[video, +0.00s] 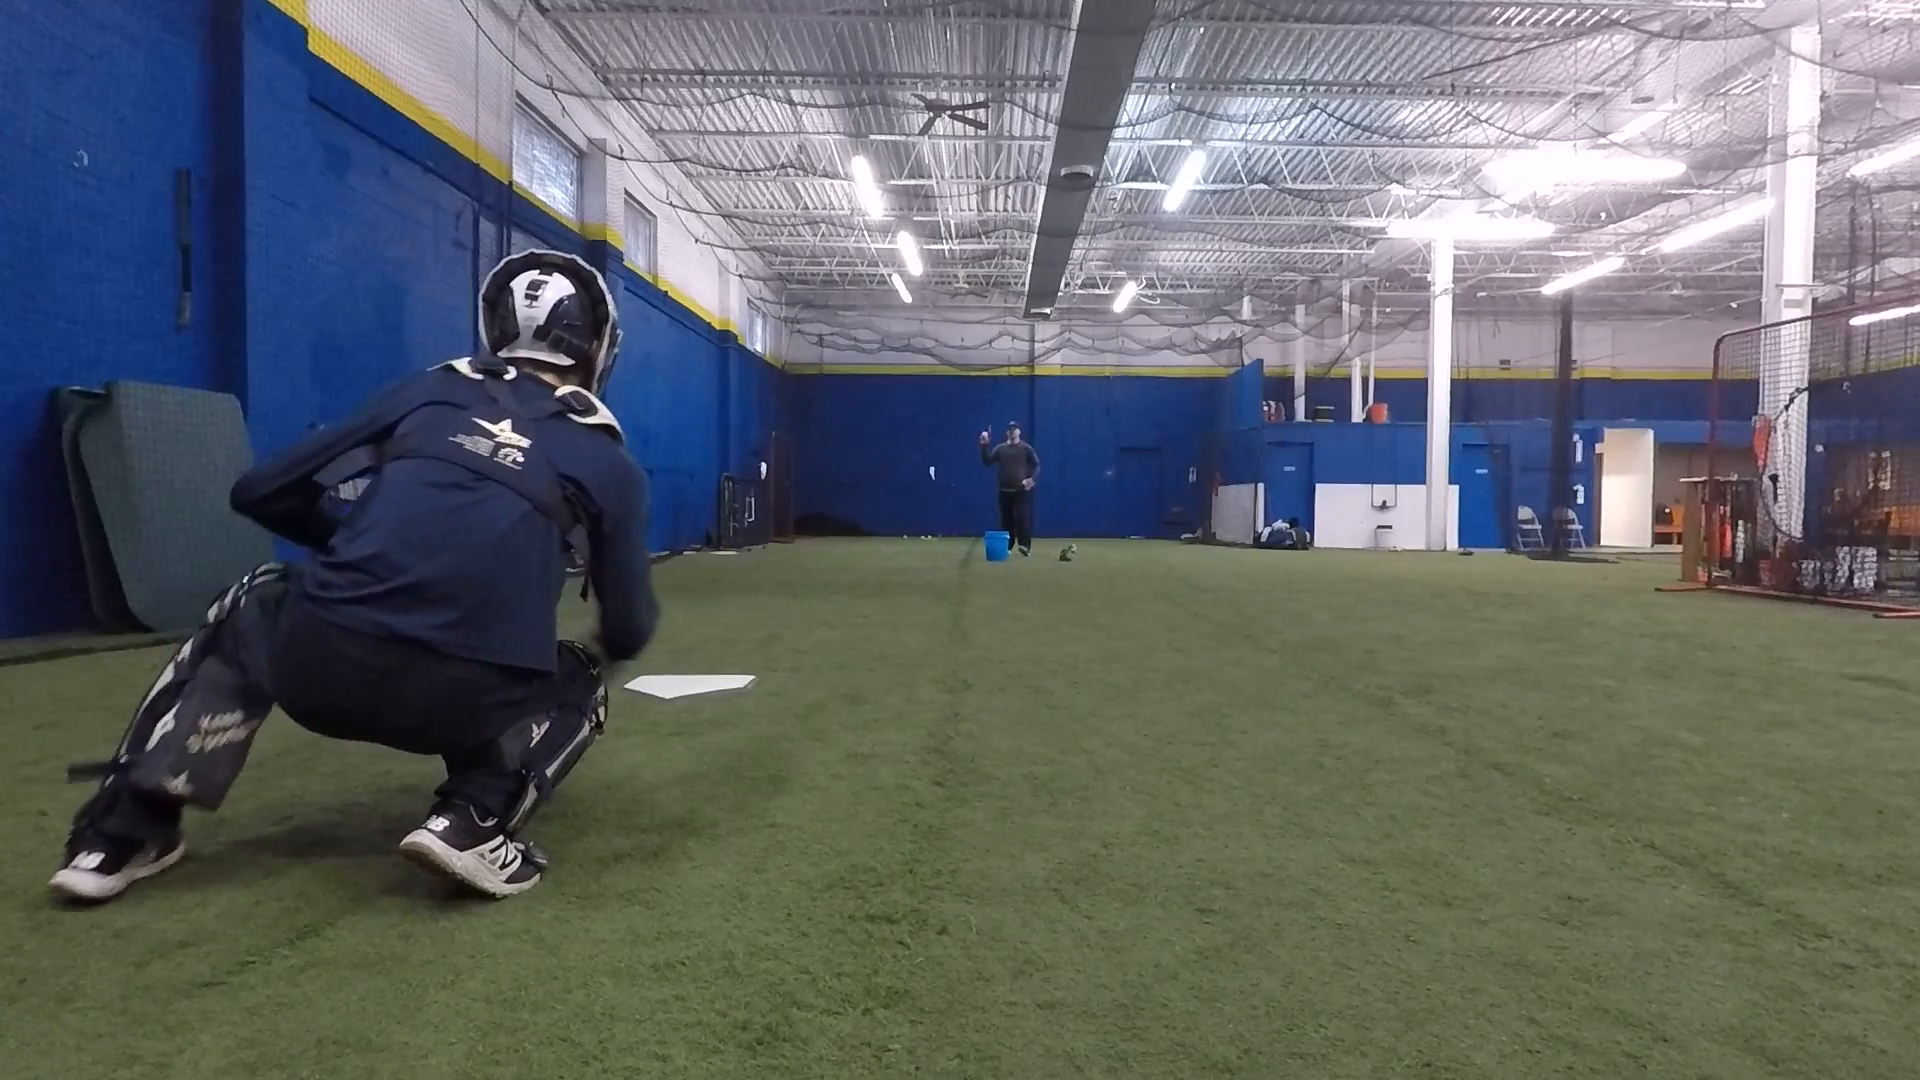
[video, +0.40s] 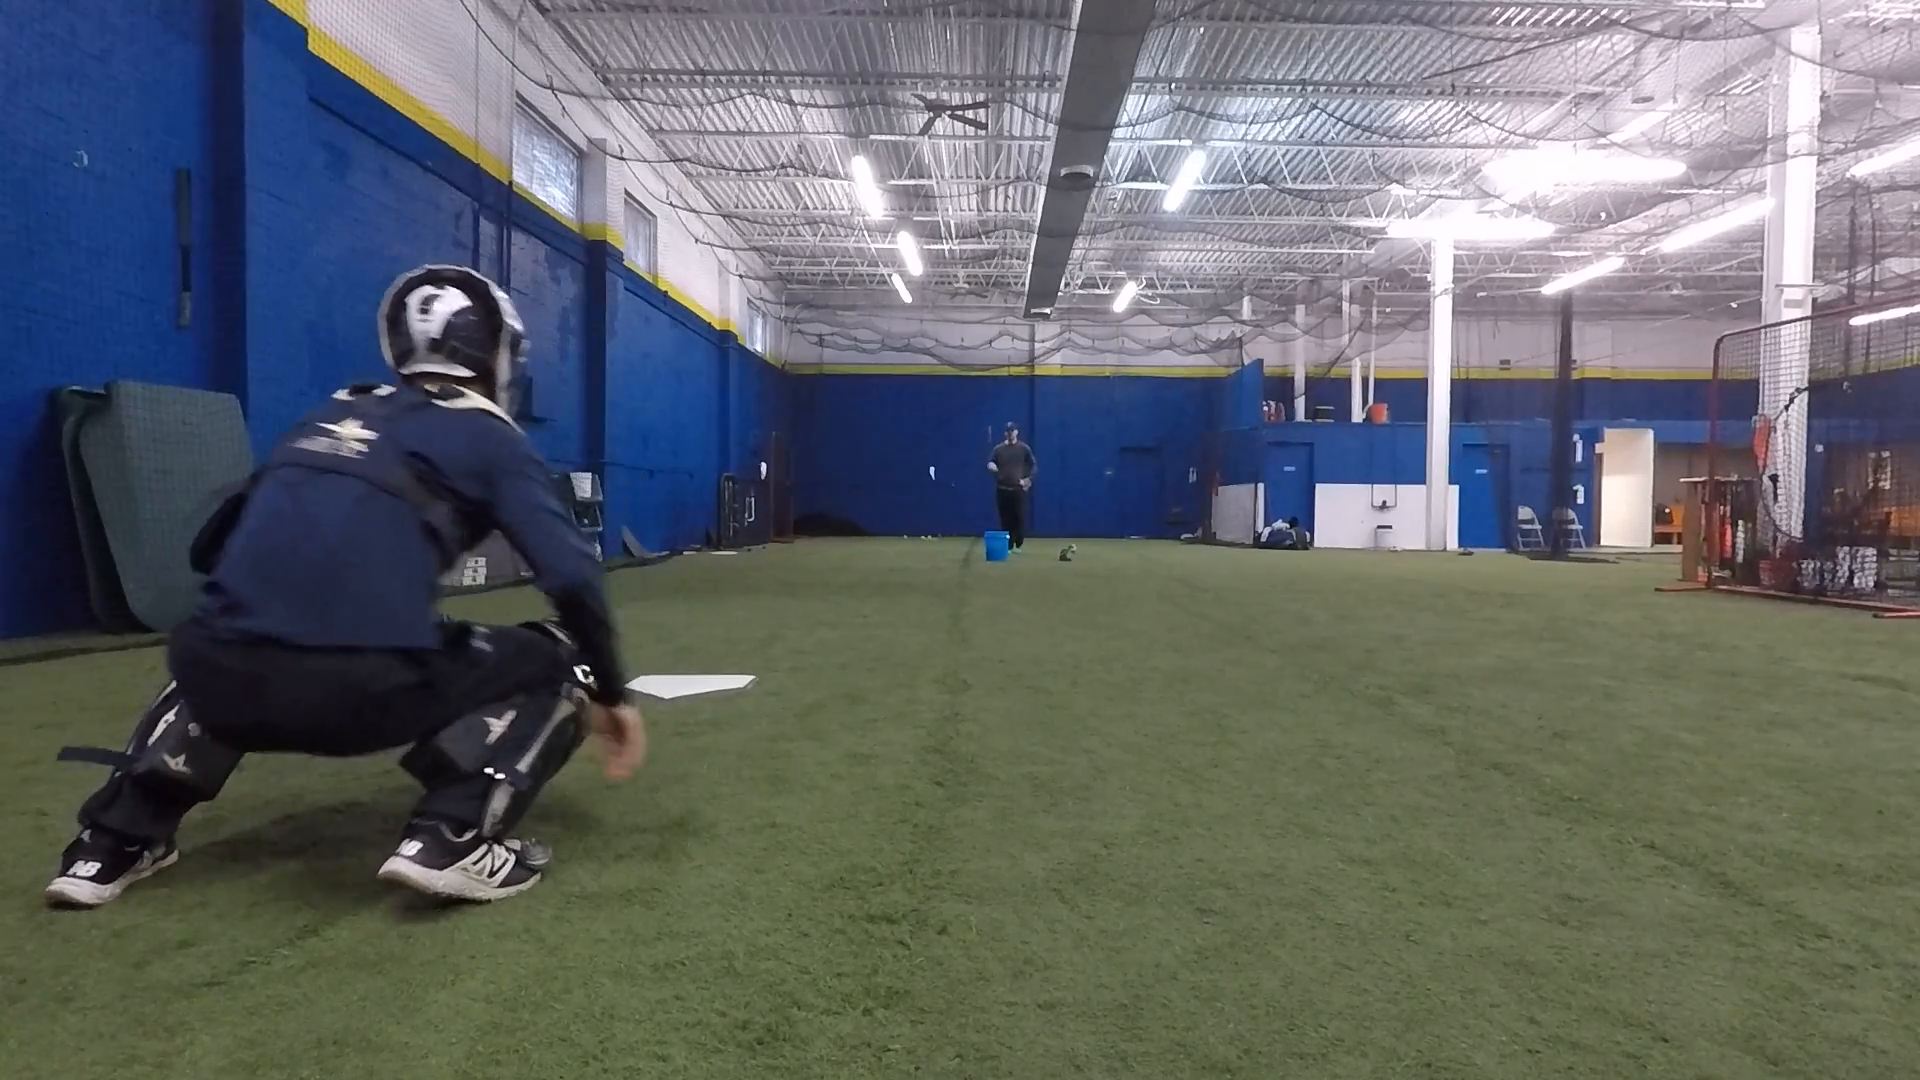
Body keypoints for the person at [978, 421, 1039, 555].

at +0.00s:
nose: (1012, 432)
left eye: (1014, 430)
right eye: (1010, 430)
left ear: (1019, 432)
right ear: (1007, 432)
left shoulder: (1026, 449)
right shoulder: (1000, 448)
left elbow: (1037, 466)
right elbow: (987, 461)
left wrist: (1032, 479)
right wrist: (984, 446)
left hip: (1021, 490)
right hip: (1005, 490)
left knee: (1022, 518)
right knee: (1006, 519)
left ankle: (1024, 546)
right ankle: (1008, 546)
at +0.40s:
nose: (1010, 434)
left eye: (1012, 431)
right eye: (1008, 431)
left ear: (1017, 432)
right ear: (1005, 433)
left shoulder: (1024, 449)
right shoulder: (998, 449)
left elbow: (1033, 466)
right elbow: (992, 462)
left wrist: (1028, 479)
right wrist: (991, 465)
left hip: (1018, 488)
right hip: (1003, 488)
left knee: (1018, 516)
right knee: (1005, 516)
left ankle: (1018, 543)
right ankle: (1008, 543)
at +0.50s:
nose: (1011, 435)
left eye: (1013, 432)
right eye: (1009, 432)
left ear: (1017, 432)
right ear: (1006, 433)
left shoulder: (1024, 448)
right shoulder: (999, 449)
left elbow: (1034, 467)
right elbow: (993, 463)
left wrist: (1028, 479)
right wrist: (996, 469)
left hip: (1018, 489)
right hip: (1003, 489)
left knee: (1017, 518)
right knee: (1005, 517)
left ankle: (1017, 544)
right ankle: (1007, 544)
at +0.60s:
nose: (1012, 436)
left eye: (1014, 433)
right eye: (1010, 433)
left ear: (1019, 433)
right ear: (1007, 434)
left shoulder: (1025, 449)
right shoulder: (1000, 449)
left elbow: (1034, 469)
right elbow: (994, 464)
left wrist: (1027, 481)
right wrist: (999, 471)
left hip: (1018, 489)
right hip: (1003, 489)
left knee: (1016, 518)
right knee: (1003, 517)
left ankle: (1015, 545)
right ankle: (1005, 544)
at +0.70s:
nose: (1014, 438)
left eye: (1016, 436)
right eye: (1011, 436)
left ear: (1020, 436)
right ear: (1009, 436)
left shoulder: (1026, 451)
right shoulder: (1001, 449)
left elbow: (1035, 470)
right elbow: (994, 463)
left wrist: (1027, 483)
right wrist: (999, 471)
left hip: (1016, 490)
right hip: (1001, 489)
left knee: (1015, 519)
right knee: (1001, 518)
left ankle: (1015, 545)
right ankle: (1002, 544)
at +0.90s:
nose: (1012, 439)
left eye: (1014, 436)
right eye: (1010, 436)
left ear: (1019, 436)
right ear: (1007, 436)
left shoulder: (1025, 452)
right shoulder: (1000, 448)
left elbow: (1032, 469)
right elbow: (991, 461)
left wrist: (1025, 482)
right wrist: (996, 470)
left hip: (1013, 489)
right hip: (997, 487)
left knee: (1013, 518)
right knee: (994, 516)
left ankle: (1014, 545)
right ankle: (990, 545)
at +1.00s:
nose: (1009, 438)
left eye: (1012, 436)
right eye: (1007, 436)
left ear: (1017, 435)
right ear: (1004, 436)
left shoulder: (1022, 451)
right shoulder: (997, 448)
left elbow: (1031, 469)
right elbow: (990, 463)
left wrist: (1024, 482)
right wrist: (995, 470)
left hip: (1011, 489)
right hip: (995, 488)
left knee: (1012, 518)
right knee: (988, 515)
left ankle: (1014, 545)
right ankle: (980, 542)